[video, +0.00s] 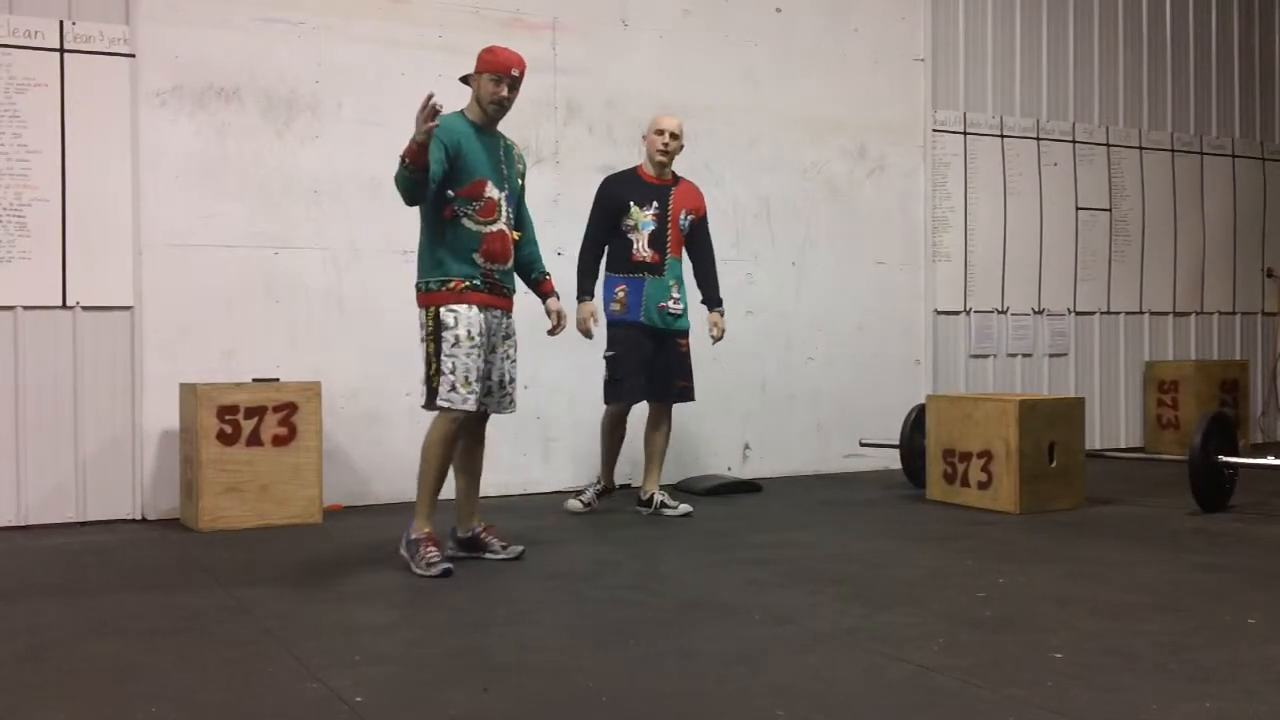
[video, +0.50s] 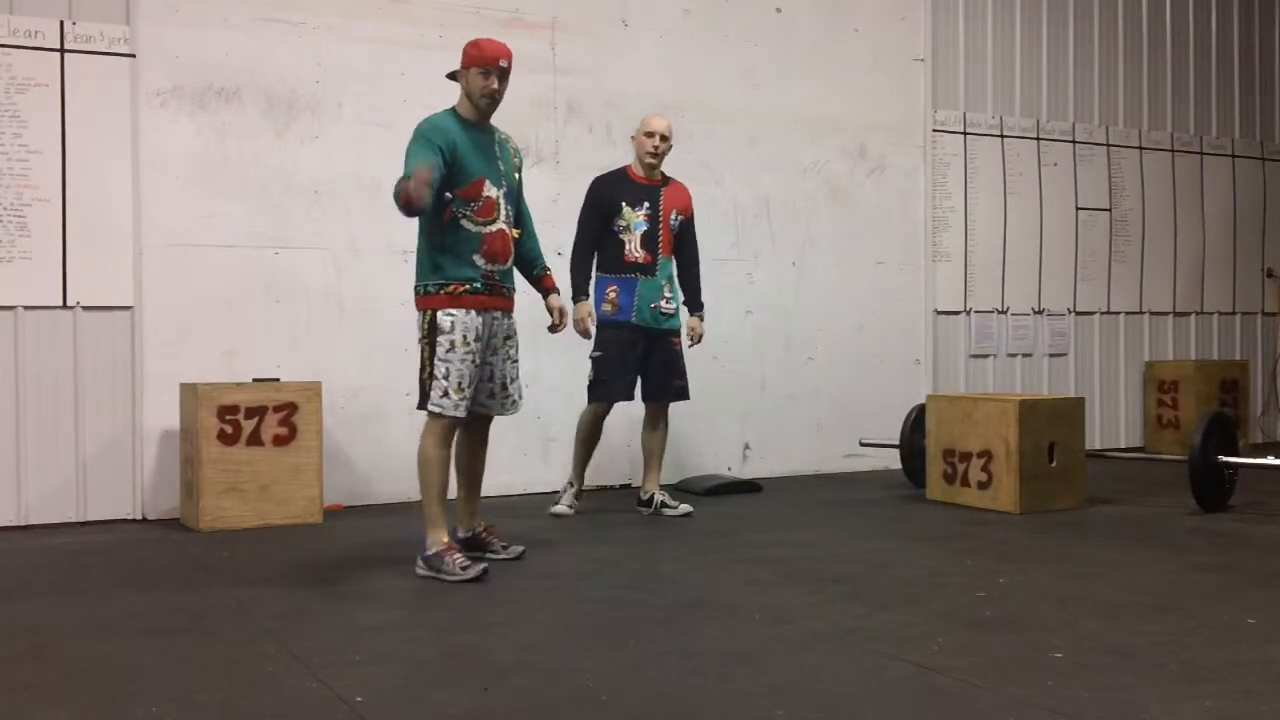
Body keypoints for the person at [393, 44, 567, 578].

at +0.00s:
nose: (504, 90)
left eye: (511, 84)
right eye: (495, 80)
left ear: (517, 93)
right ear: (473, 82)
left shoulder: (511, 153)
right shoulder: (446, 132)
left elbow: (520, 228)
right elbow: (411, 195)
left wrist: (548, 291)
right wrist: (418, 143)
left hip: (496, 296)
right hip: (452, 291)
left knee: (478, 414)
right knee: (456, 409)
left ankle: (468, 527)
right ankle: (421, 531)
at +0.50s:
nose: (491, 83)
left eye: (500, 75)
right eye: (482, 72)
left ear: (507, 83)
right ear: (460, 76)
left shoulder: (506, 148)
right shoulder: (437, 133)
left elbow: (520, 225)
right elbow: (415, 189)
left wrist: (549, 289)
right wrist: (417, 190)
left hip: (497, 300)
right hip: (450, 296)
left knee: (479, 416)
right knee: (443, 416)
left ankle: (470, 529)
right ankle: (436, 545)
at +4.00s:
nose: (468, 100)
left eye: (469, 92)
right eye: (467, 90)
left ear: (441, 79)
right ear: (446, 81)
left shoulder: (436, 125)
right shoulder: (387, 136)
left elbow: (473, 136)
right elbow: (389, 227)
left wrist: (520, 106)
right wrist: (446, 269)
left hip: (449, 295)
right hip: (404, 302)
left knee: (468, 408)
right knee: (400, 419)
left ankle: (451, 528)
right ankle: (400, 549)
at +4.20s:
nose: (461, 99)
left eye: (464, 91)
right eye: (460, 90)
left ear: (433, 77)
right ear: (439, 79)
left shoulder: (434, 124)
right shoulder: (380, 136)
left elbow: (475, 123)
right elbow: (384, 229)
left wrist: (521, 75)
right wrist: (443, 271)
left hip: (447, 296)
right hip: (401, 302)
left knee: (472, 405)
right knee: (399, 419)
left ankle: (452, 525)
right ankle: (400, 549)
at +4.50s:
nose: (469, 102)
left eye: (473, 94)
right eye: (466, 92)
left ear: (449, 84)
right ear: (440, 80)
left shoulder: (447, 130)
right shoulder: (382, 133)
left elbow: (498, 142)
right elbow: (378, 220)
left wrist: (482, 91)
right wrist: (426, 260)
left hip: (450, 297)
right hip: (403, 301)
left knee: (451, 413)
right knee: (400, 419)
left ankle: (430, 531)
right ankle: (398, 549)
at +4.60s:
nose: (473, 105)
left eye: (476, 97)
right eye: (469, 94)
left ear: (458, 88)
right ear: (441, 80)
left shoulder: (452, 132)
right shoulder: (386, 130)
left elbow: (506, 152)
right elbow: (374, 215)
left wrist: (506, 97)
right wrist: (420, 256)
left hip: (451, 298)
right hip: (404, 301)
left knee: (445, 415)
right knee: (400, 418)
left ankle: (430, 532)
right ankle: (398, 548)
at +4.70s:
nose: (479, 106)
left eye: (482, 98)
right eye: (475, 95)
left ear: (464, 89)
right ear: (445, 81)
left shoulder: (459, 136)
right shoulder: (391, 128)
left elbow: (512, 161)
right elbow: (371, 206)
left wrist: (520, 108)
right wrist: (409, 252)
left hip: (451, 299)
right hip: (404, 300)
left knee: (440, 416)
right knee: (398, 418)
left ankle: (431, 532)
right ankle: (398, 548)